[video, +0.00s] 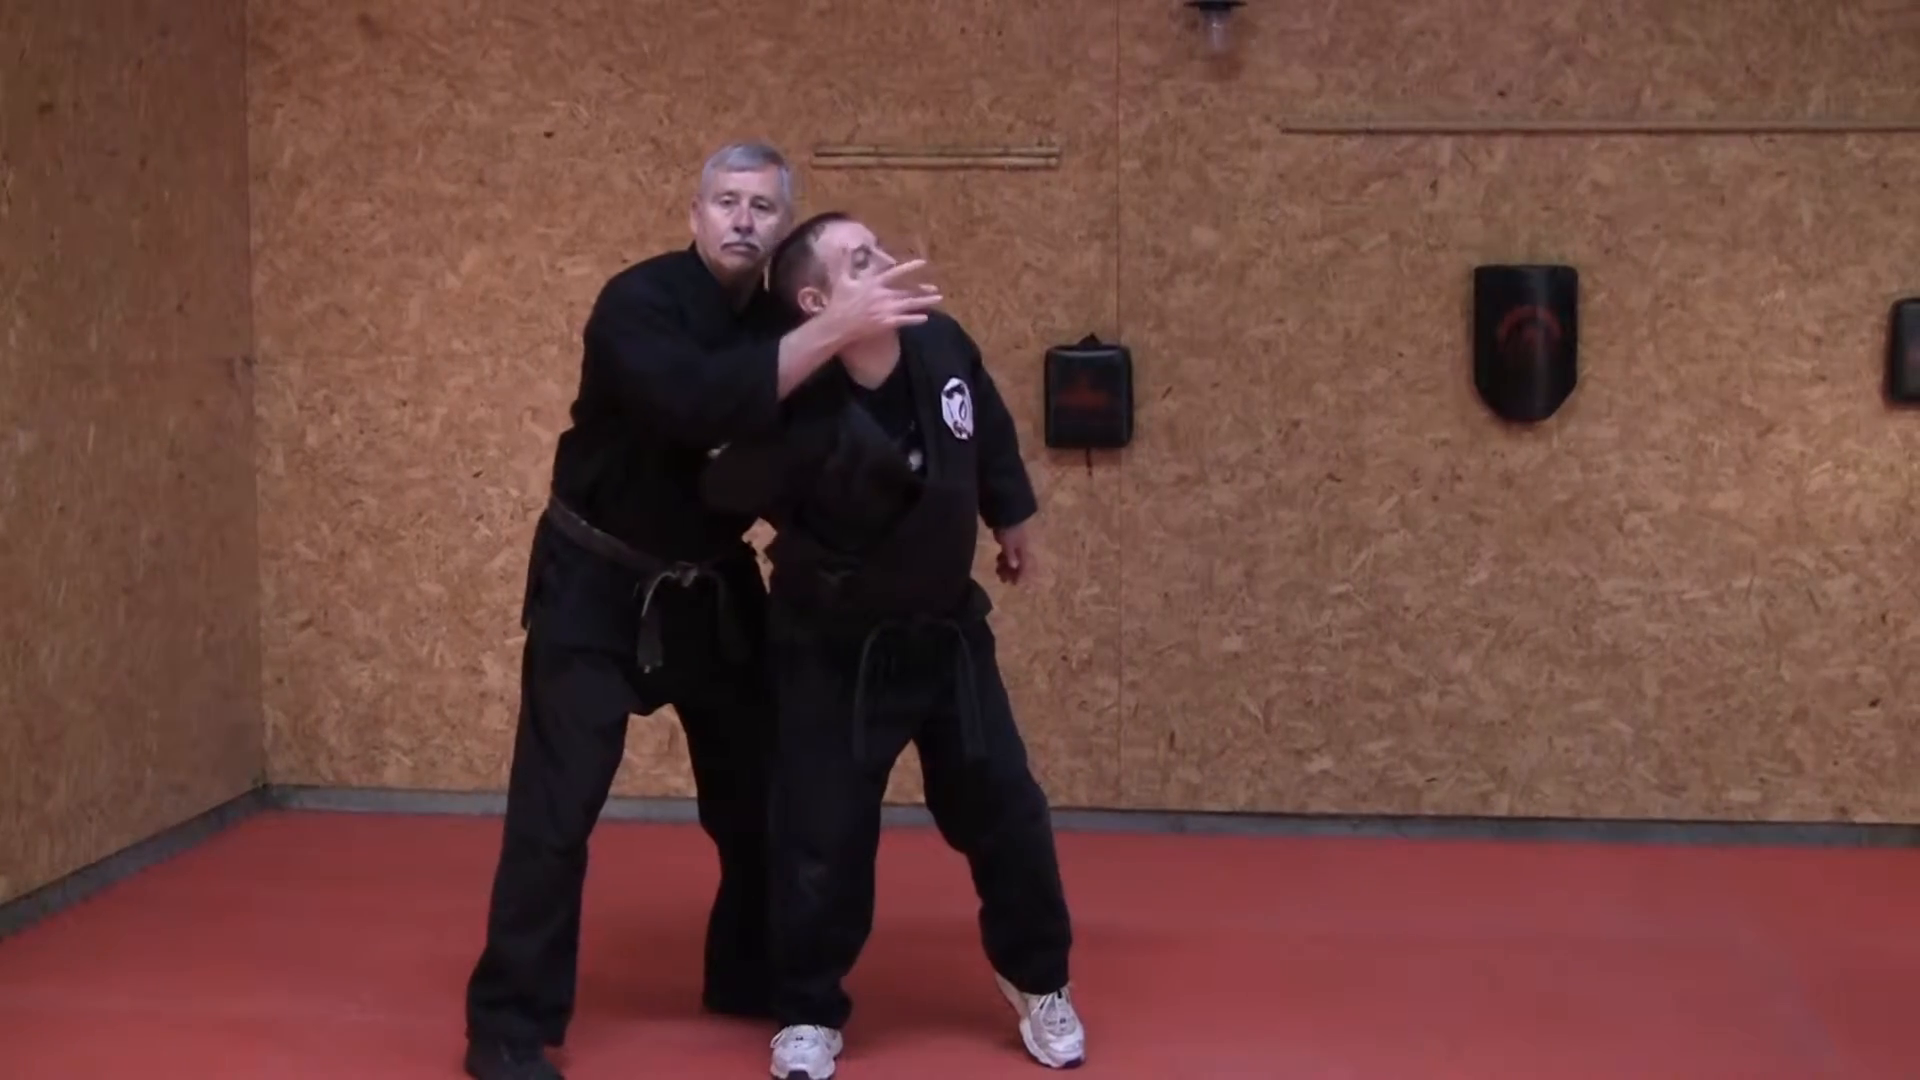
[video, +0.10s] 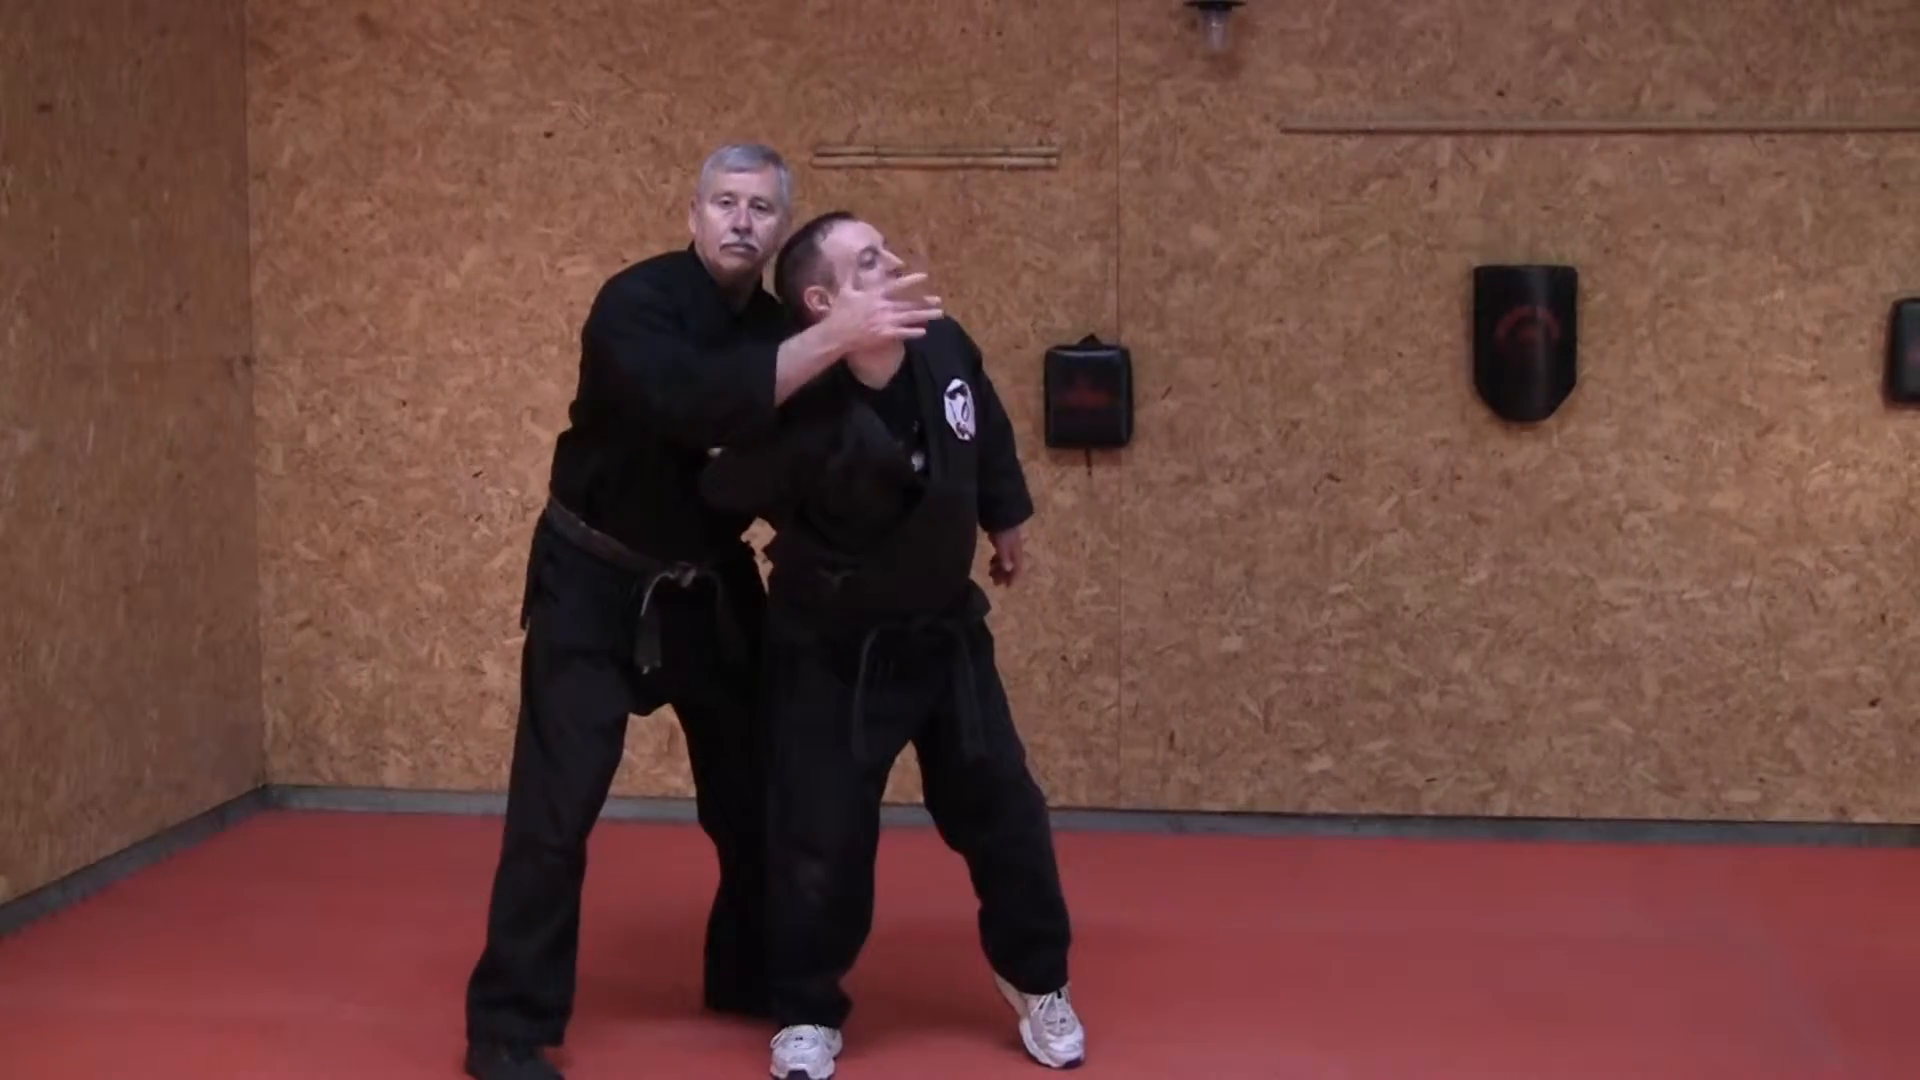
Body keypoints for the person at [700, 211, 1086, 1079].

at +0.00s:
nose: (888, 268)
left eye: (882, 252)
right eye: (860, 262)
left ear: (895, 269)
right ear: (812, 303)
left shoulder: (940, 346)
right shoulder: (798, 414)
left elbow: (989, 431)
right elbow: (722, 501)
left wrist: (1014, 519)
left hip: (944, 629)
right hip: (829, 641)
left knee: (1005, 808)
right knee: (819, 830)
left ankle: (1038, 981)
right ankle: (810, 1013)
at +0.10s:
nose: (896, 269)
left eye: (888, 253)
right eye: (867, 265)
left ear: (902, 272)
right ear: (818, 308)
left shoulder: (943, 349)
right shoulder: (799, 418)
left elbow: (987, 431)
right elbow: (719, 501)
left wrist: (1007, 520)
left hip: (943, 628)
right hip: (827, 641)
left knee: (1002, 806)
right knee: (818, 829)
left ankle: (1037, 979)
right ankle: (808, 1013)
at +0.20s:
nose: (899, 268)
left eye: (893, 254)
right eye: (872, 263)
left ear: (904, 272)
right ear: (820, 304)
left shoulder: (946, 350)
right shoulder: (800, 401)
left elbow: (986, 434)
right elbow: (724, 496)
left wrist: (1004, 522)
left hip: (942, 627)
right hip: (827, 638)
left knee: (1001, 805)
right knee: (817, 827)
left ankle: (1036, 980)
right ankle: (809, 1012)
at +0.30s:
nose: (907, 267)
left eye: (900, 252)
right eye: (879, 263)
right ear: (831, 304)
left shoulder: (947, 348)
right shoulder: (804, 401)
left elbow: (987, 436)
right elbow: (725, 495)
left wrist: (1004, 523)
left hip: (941, 626)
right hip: (826, 638)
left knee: (1001, 805)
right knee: (817, 828)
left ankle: (1036, 980)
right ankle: (808, 1012)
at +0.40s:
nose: (914, 269)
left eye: (907, 255)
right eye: (886, 264)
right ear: (837, 305)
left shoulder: (949, 347)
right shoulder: (807, 413)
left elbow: (990, 436)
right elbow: (716, 496)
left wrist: (1003, 524)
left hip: (943, 628)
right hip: (829, 643)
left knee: (1002, 806)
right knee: (819, 830)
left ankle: (1038, 982)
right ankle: (806, 1014)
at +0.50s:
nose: (922, 273)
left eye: (916, 259)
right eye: (897, 268)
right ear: (845, 305)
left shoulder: (954, 347)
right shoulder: (815, 410)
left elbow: (991, 436)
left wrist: (1004, 524)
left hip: (944, 631)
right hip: (831, 648)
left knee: (1003, 808)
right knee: (821, 832)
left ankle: (1038, 983)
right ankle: (806, 1014)